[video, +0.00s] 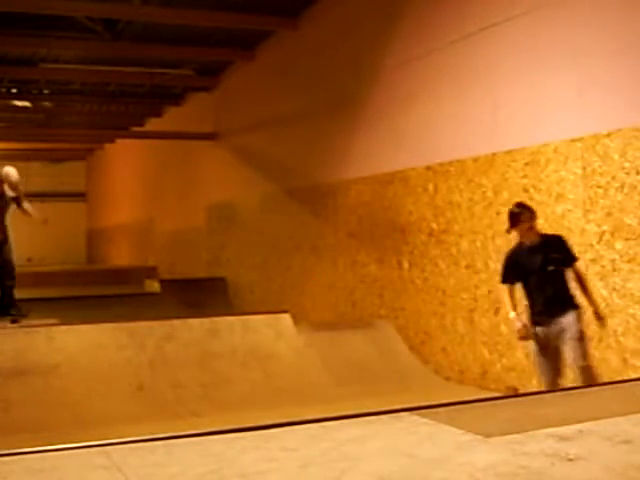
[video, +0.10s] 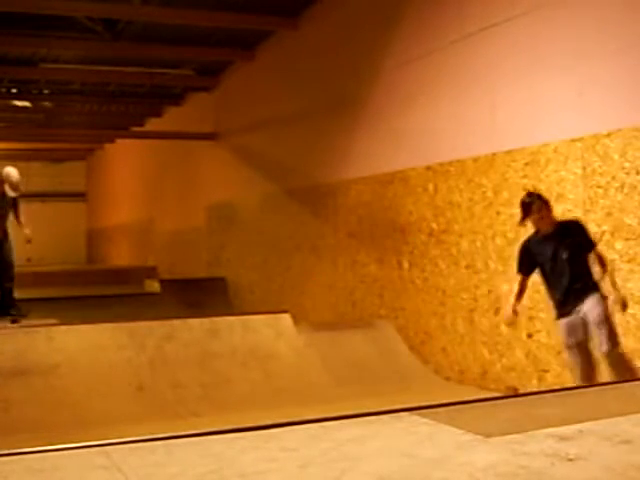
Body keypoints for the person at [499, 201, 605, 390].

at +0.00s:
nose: (520, 229)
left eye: (522, 223)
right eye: (517, 226)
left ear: (532, 221)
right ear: (514, 227)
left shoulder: (555, 243)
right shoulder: (514, 257)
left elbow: (577, 275)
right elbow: (510, 291)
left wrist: (595, 308)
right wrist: (517, 319)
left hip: (567, 314)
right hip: (540, 321)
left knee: (579, 365)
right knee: (548, 378)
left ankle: (593, 405)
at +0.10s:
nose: (537, 218)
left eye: (539, 212)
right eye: (532, 215)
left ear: (548, 209)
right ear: (528, 218)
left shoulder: (573, 228)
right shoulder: (530, 247)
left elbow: (597, 258)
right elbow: (523, 279)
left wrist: (614, 290)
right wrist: (513, 305)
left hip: (590, 296)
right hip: (564, 309)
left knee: (608, 350)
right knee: (580, 367)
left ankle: (632, 391)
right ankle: (590, 407)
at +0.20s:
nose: (545, 196)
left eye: (546, 189)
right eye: (539, 193)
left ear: (554, 187)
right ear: (534, 197)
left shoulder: (578, 201)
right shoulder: (539, 224)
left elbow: (611, 219)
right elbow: (526, 254)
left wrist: (619, 252)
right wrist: (505, 273)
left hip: (600, 264)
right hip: (580, 281)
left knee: (613, 320)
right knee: (605, 349)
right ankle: (631, 377)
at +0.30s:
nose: (542, 169)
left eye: (542, 161)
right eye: (536, 167)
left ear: (549, 156)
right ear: (531, 170)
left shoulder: (578, 168)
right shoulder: (540, 195)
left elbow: (617, 184)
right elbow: (529, 226)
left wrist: (622, 213)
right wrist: (504, 246)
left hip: (610, 227)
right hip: (589, 246)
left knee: (601, 281)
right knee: (622, 321)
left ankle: (636, 314)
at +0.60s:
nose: (519, 147)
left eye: (516, 140)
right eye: (514, 145)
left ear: (524, 127)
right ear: (513, 144)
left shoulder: (565, 129)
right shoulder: (536, 158)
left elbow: (615, 135)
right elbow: (522, 191)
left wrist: (636, 166)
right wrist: (490, 212)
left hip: (619, 200)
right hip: (621, 202)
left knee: (596, 275)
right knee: (618, 284)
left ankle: (618, 348)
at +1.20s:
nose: (457, 147)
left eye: (451, 143)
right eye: (450, 146)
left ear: (453, 127)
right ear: (457, 115)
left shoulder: (488, 121)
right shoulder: (492, 116)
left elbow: (523, 146)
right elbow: (539, 138)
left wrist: (511, 207)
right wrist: (537, 181)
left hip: (568, 181)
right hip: (590, 171)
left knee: (552, 269)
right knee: (592, 265)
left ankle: (577, 351)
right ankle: (635, 332)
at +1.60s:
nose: (430, 176)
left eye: (423, 173)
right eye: (423, 176)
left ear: (424, 157)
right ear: (426, 146)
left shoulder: (449, 152)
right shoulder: (461, 136)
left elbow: (483, 192)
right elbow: (522, 127)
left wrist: (477, 234)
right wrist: (551, 141)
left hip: (537, 179)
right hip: (552, 167)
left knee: (531, 264)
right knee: (538, 250)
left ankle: (573, 346)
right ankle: (585, 298)